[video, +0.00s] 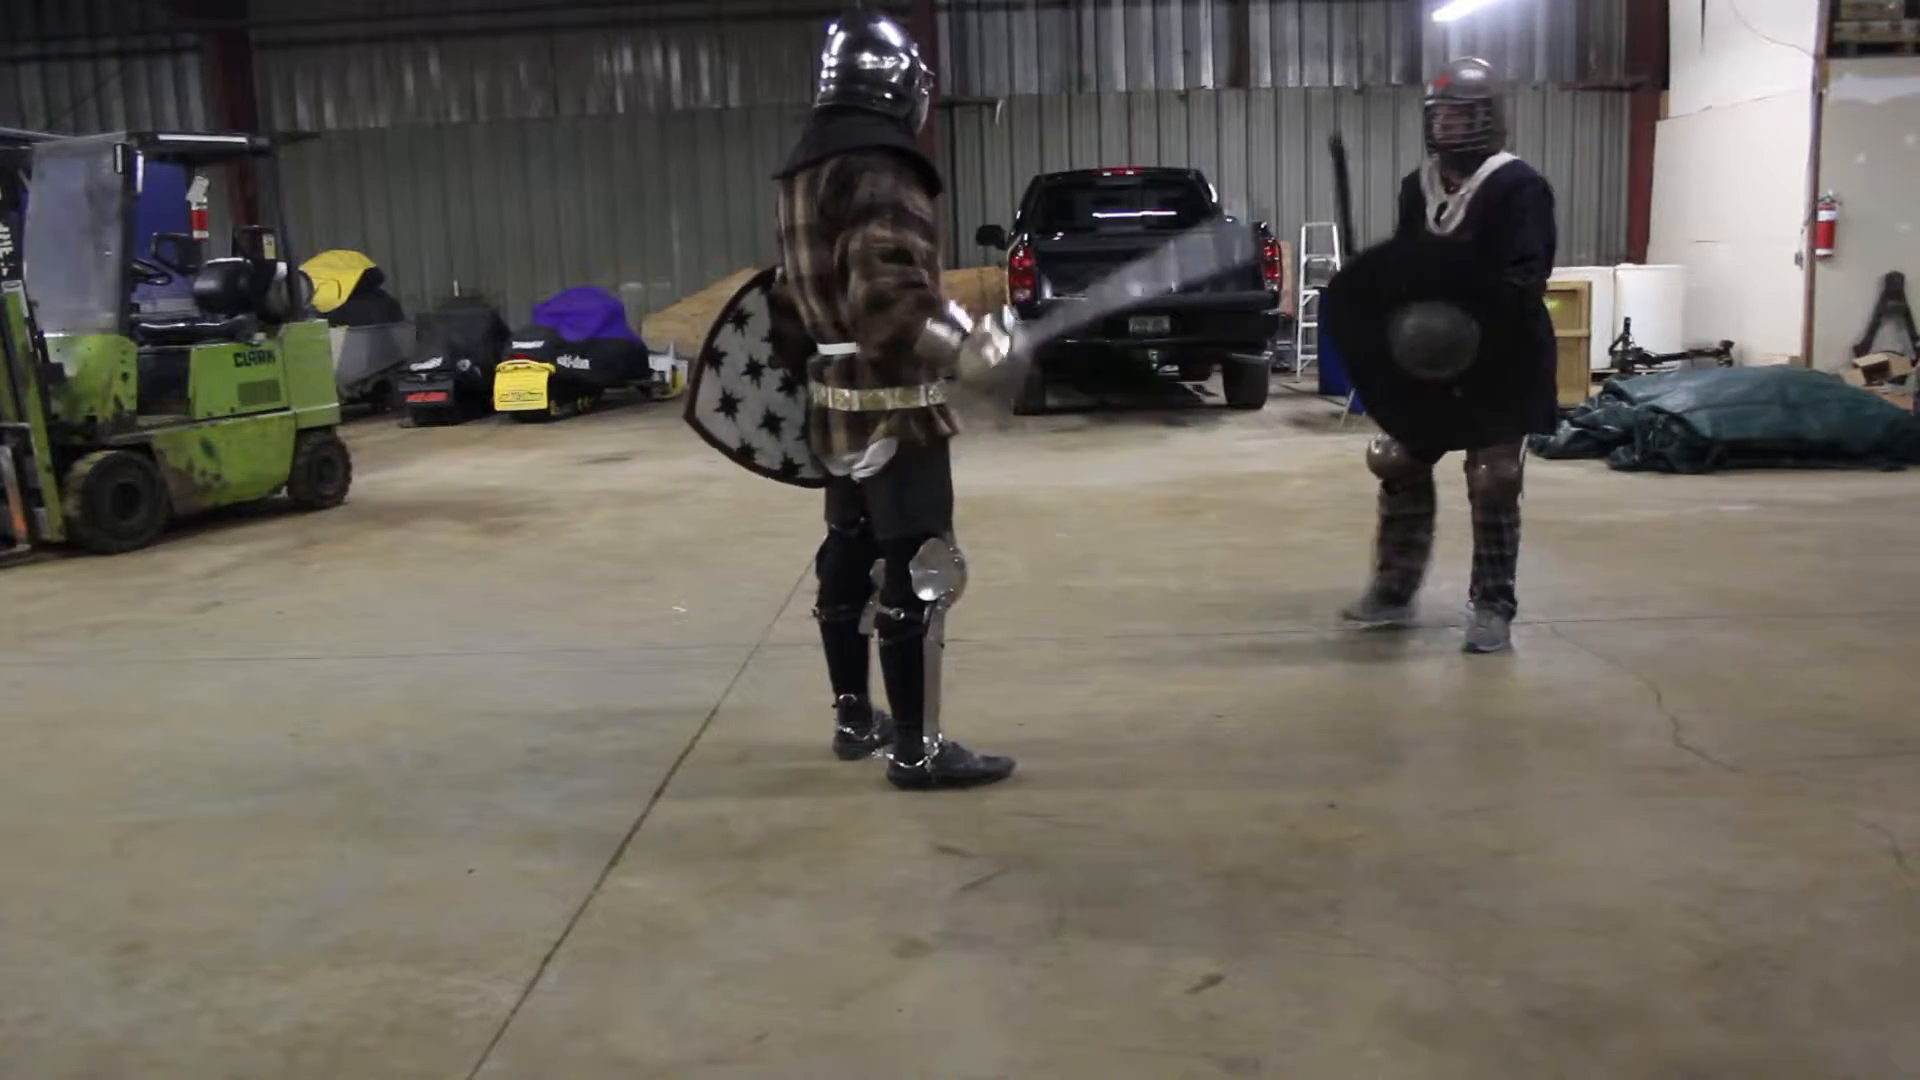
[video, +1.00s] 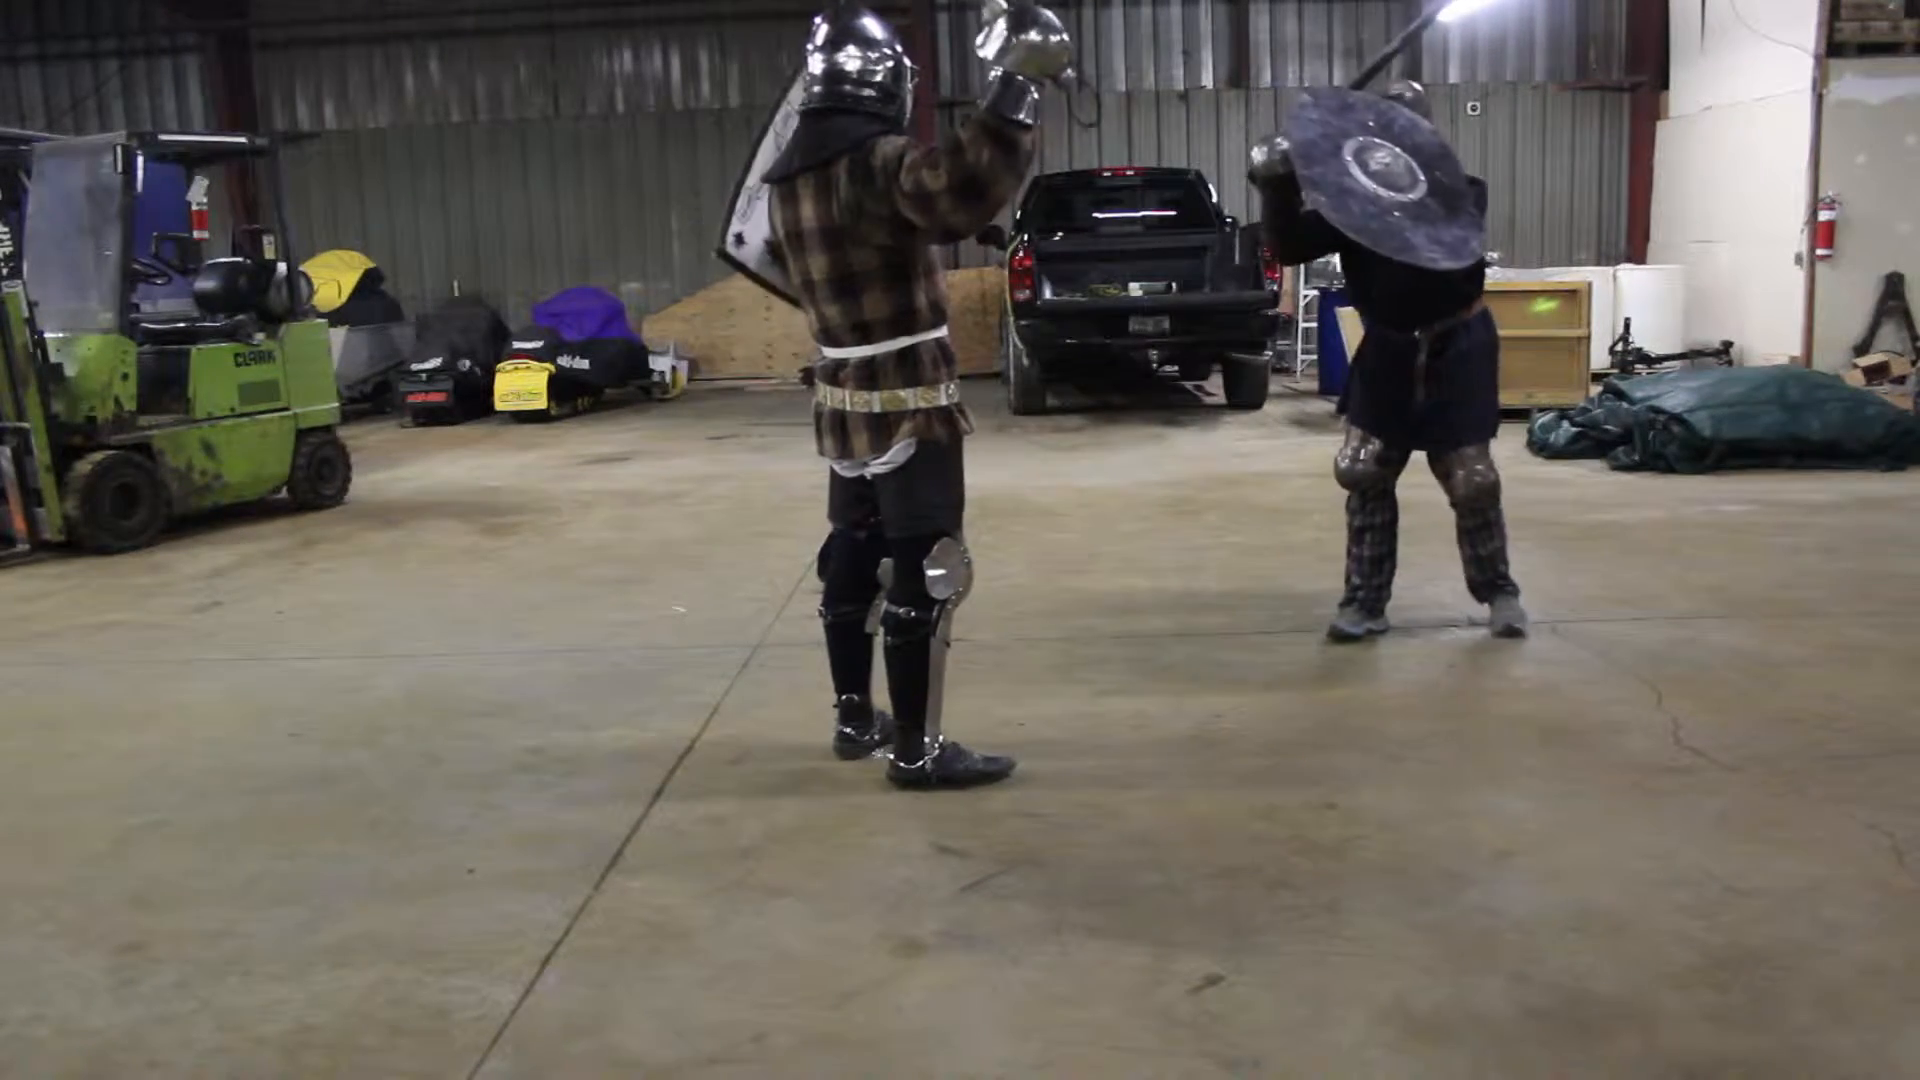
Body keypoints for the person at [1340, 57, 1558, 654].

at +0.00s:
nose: (1448, 124)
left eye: (1463, 113)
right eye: (1439, 113)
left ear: (1490, 119)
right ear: (1428, 118)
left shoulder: (1520, 187)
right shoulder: (1417, 188)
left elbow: (1526, 279)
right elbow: (1403, 272)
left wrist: (1467, 320)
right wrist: (1400, 330)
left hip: (1503, 363)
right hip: (1429, 359)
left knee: (1493, 475)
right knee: (1398, 459)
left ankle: (1491, 608)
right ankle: (1393, 593)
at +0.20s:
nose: (1421, 139)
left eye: (1436, 125)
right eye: (1411, 126)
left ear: (1464, 127)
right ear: (1397, 129)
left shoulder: (1494, 191)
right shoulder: (1386, 192)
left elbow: (1500, 275)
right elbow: (1346, 251)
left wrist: (1452, 256)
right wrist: (1293, 245)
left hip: (1487, 356)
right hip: (1417, 357)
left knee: (1478, 479)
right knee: (1389, 470)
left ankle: (1490, 609)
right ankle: (1367, 603)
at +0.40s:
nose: (1378, 160)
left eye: (1387, 148)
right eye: (1366, 153)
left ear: (1411, 151)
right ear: (1355, 163)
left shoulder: (1458, 190)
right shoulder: (1350, 210)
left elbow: (1454, 214)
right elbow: (1290, 237)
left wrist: (1413, 143)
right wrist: (1267, 184)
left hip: (1463, 337)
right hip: (1395, 343)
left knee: (1456, 475)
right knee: (1363, 468)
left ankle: (1486, 603)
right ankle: (1367, 600)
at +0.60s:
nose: (1362, 157)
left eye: (1374, 147)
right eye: (1352, 149)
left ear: (1398, 150)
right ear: (1342, 161)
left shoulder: (1445, 191)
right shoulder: (1335, 208)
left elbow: (1421, 189)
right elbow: (1272, 237)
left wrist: (1393, 125)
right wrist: (1262, 171)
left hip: (1452, 336)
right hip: (1383, 341)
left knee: (1451, 472)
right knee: (1357, 467)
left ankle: (1482, 588)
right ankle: (1365, 603)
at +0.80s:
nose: (1368, 158)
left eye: (1378, 148)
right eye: (1356, 150)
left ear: (1401, 153)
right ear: (1344, 161)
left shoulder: (1443, 193)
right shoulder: (1337, 206)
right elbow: (1273, 241)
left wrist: (1397, 130)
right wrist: (1264, 173)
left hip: (1449, 335)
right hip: (1379, 339)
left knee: (1455, 472)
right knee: (1359, 468)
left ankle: (1484, 583)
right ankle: (1364, 601)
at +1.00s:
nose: (1391, 151)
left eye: (1404, 135)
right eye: (1379, 140)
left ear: (1425, 141)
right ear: (1363, 153)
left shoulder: (1459, 196)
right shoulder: (1351, 207)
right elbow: (1290, 247)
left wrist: (1419, 143)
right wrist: (1277, 188)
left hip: (1461, 338)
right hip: (1388, 343)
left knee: (1470, 475)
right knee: (1365, 469)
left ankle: (1500, 593)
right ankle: (1365, 600)